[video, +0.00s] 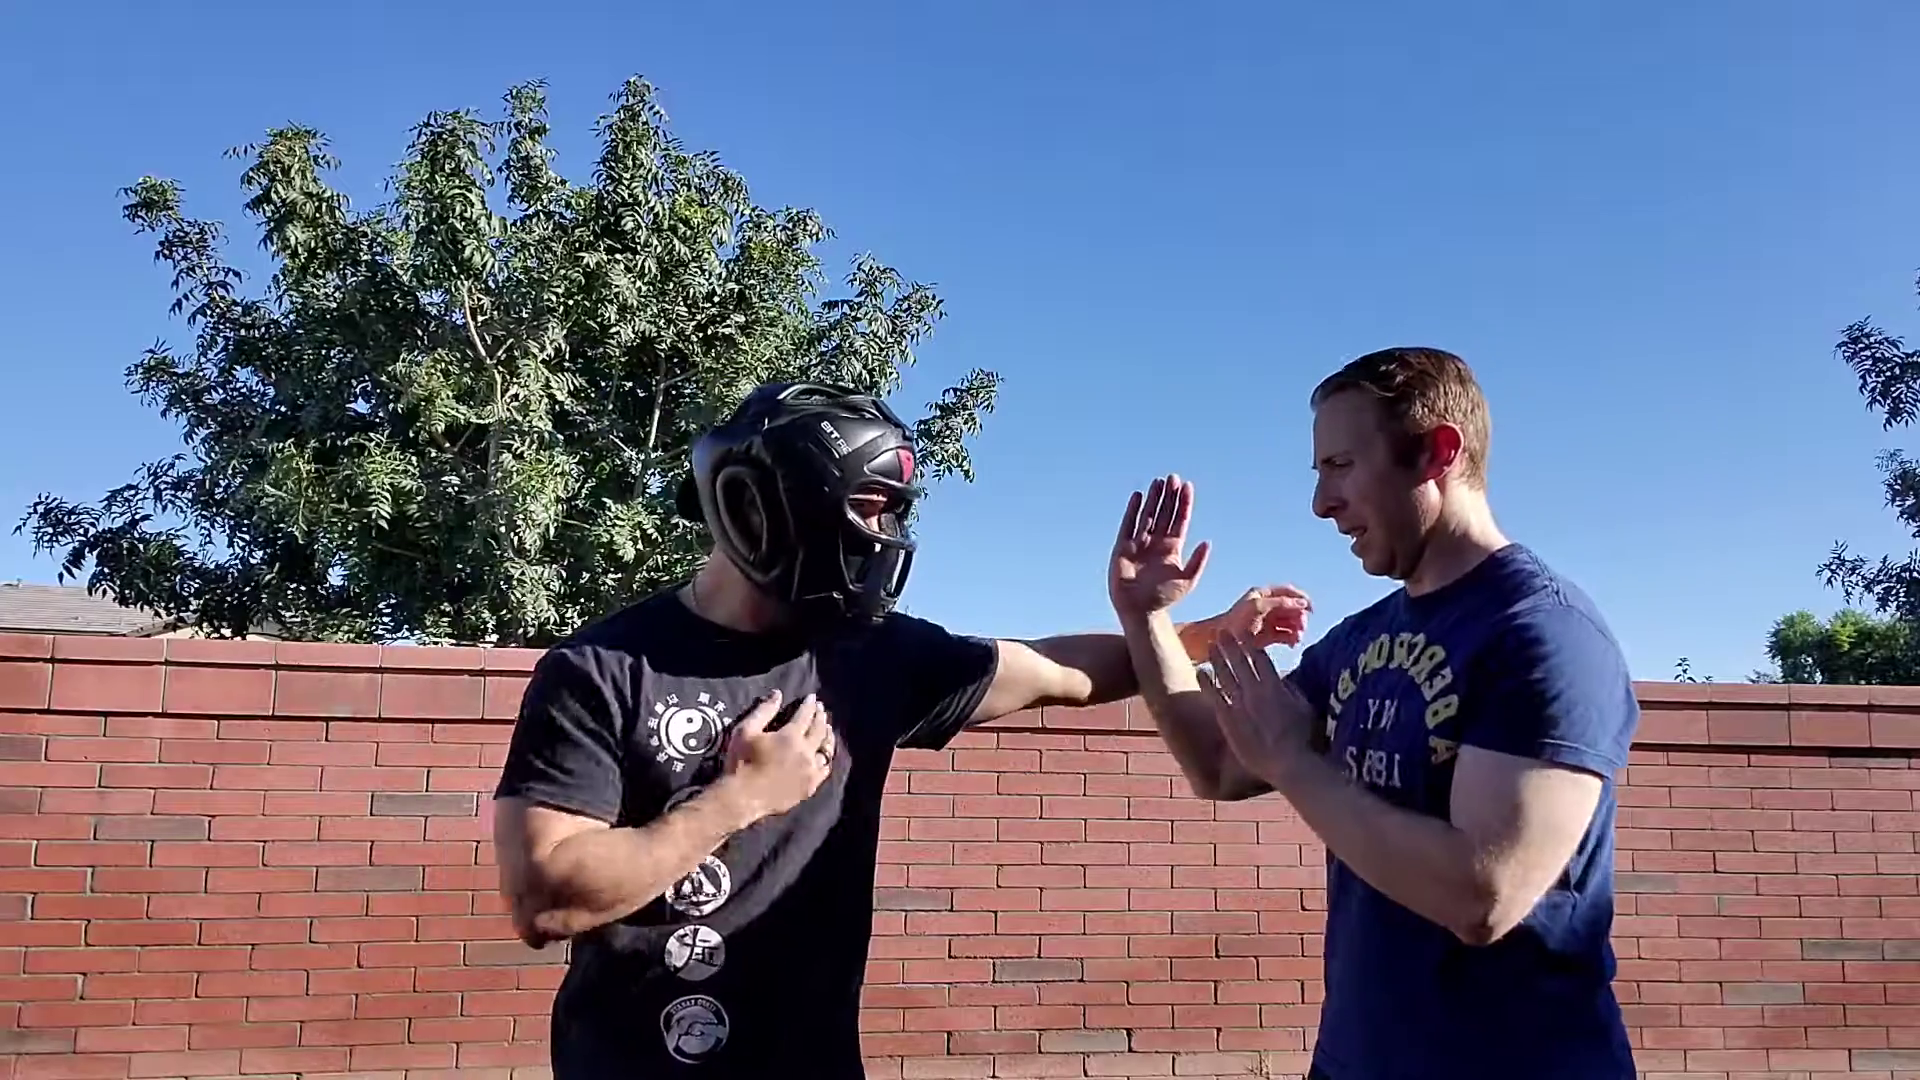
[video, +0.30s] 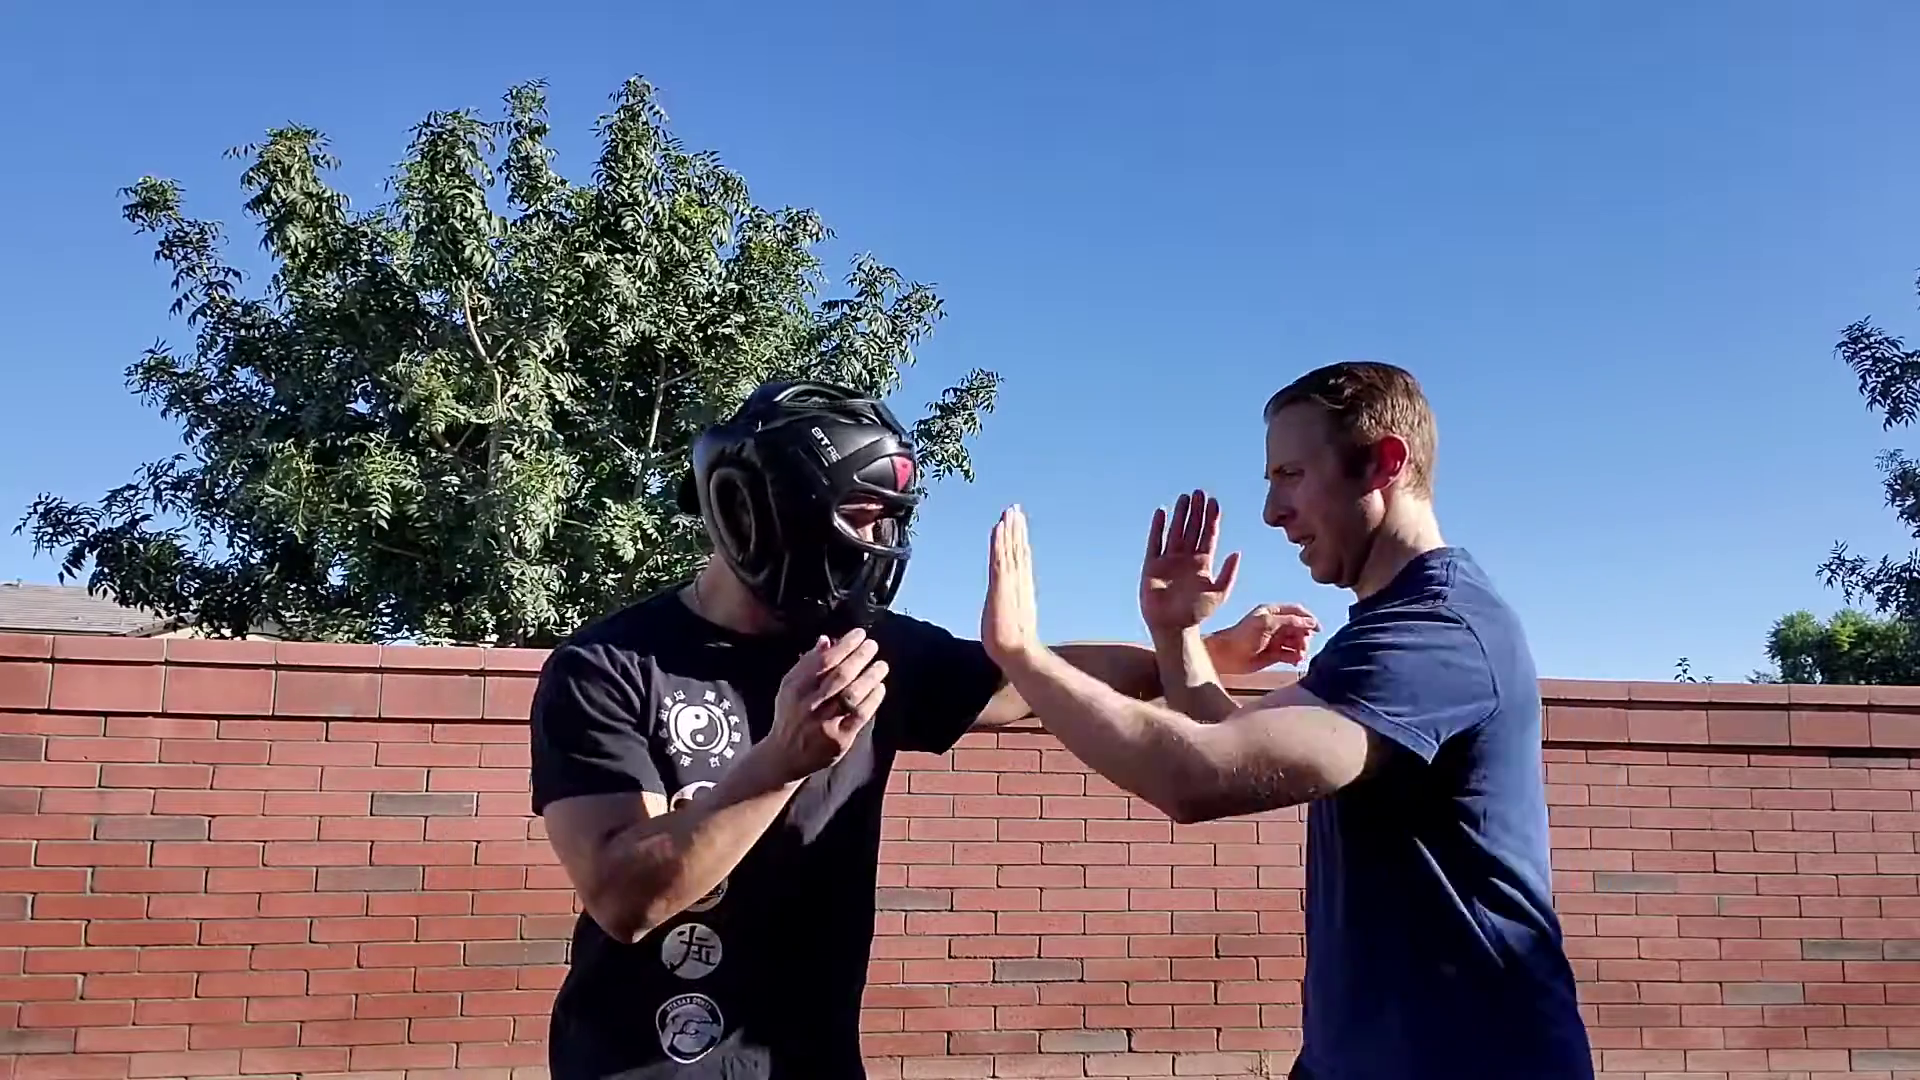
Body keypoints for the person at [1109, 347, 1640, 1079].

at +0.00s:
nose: (1322, 501)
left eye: (1341, 465)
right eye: (1321, 473)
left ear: (1439, 455)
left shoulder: (1550, 634)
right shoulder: (1358, 641)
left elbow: (1482, 895)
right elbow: (1221, 768)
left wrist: (1292, 763)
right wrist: (1145, 619)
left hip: (1519, 1059)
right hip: (1359, 1052)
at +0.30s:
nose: (1271, 508)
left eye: (1290, 473)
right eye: (1272, 479)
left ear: (1384, 465)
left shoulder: (1441, 630)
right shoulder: (1387, 629)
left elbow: (1198, 779)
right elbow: (1230, 749)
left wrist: (1018, 654)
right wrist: (1175, 632)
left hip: (1466, 1054)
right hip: (1368, 1049)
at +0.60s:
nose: (1260, 506)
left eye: (1280, 474)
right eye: (1259, 480)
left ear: (1375, 466)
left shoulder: (1406, 613)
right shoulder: (1419, 609)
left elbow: (1134, 727)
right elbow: (1307, 811)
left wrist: (918, 629)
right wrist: (1212, 682)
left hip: (1456, 1054)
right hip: (1391, 1050)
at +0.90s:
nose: (1263, 505)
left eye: (1283, 471)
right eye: (1262, 478)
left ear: (1380, 465)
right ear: (1371, 469)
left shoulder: (1417, 619)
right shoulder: (1391, 613)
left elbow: (1196, 794)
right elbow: (1287, 812)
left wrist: (984, 709)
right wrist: (1173, 720)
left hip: (1476, 1053)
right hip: (1394, 1047)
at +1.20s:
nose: (1317, 496)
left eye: (1334, 462)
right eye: (1320, 467)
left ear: (1425, 455)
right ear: (1423, 459)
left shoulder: (1552, 619)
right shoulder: (1354, 640)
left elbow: (1462, 846)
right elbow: (1207, 789)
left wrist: (1292, 704)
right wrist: (1053, 751)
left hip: (1539, 1052)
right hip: (1376, 1047)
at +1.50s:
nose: (1303, 510)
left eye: (1320, 474)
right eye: (1306, 481)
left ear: (1405, 465)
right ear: (1402, 472)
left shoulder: (1472, 600)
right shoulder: (1415, 621)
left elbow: (1212, 673)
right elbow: (1242, 771)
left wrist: (1046, 607)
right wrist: (1085, 713)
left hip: (1486, 1036)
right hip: (1383, 1030)